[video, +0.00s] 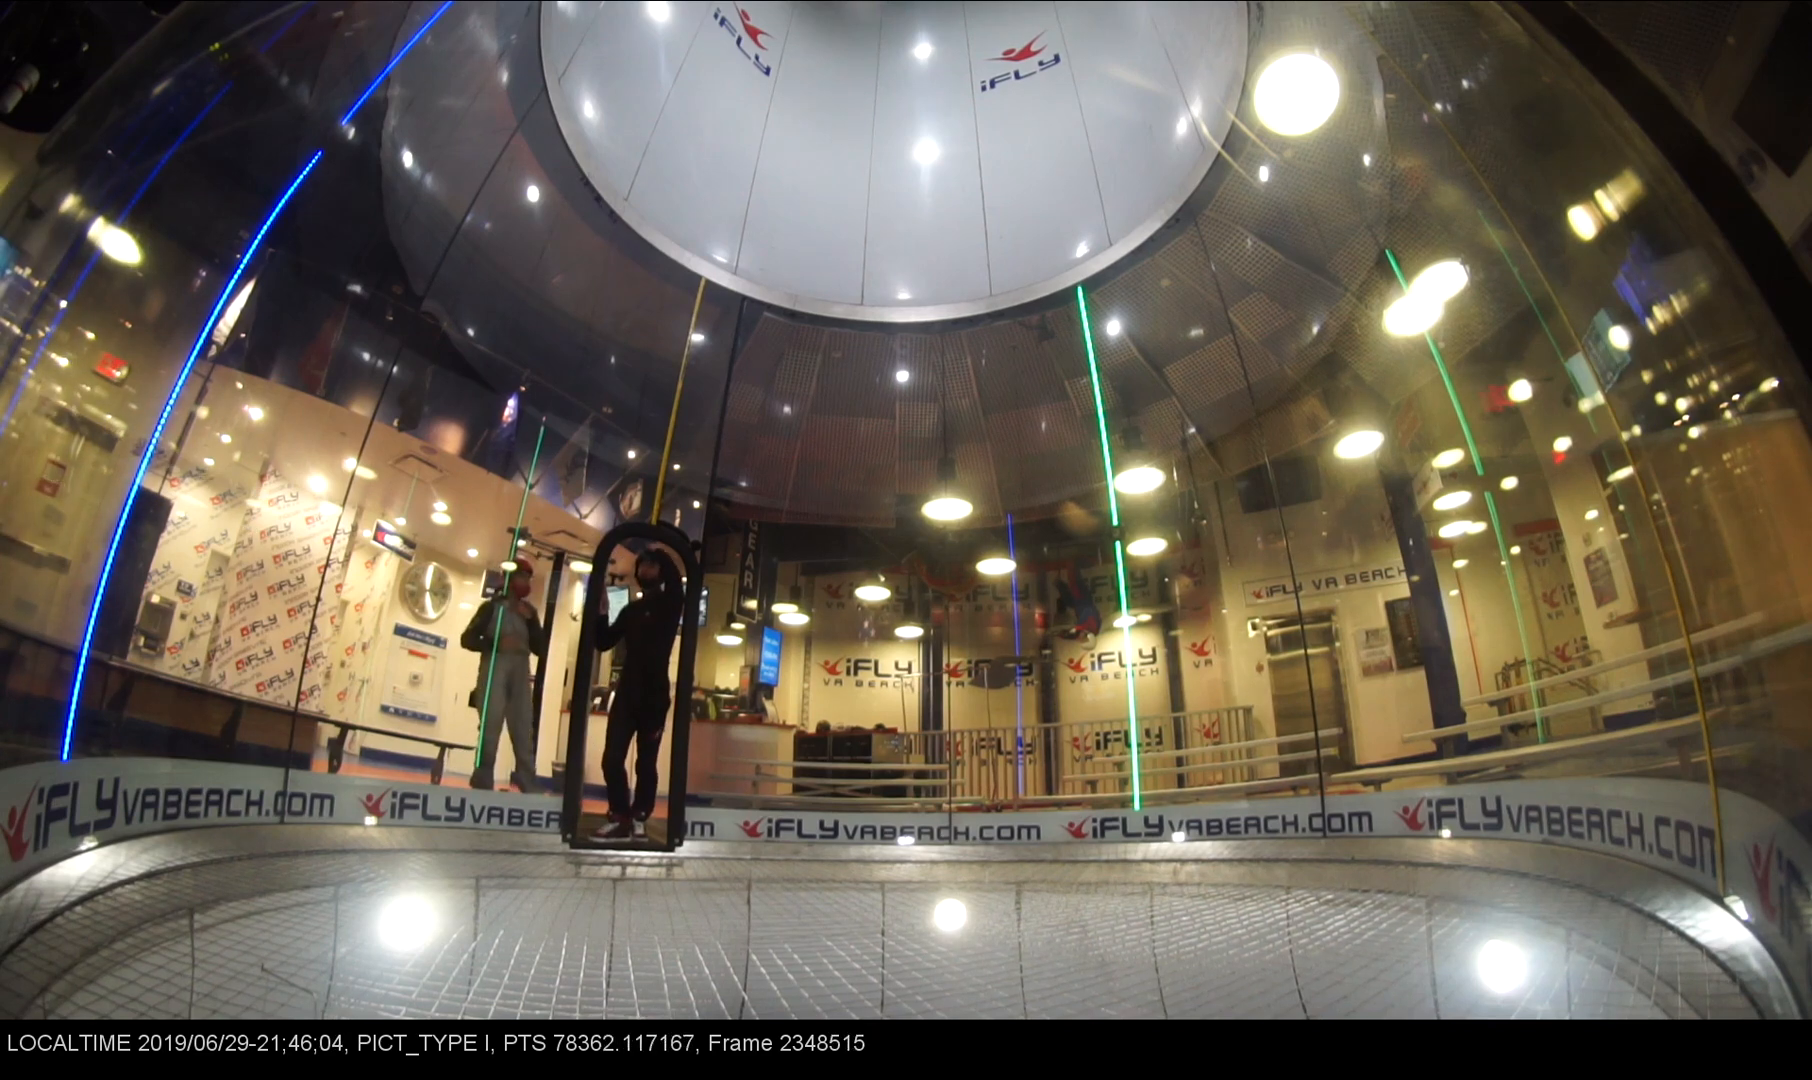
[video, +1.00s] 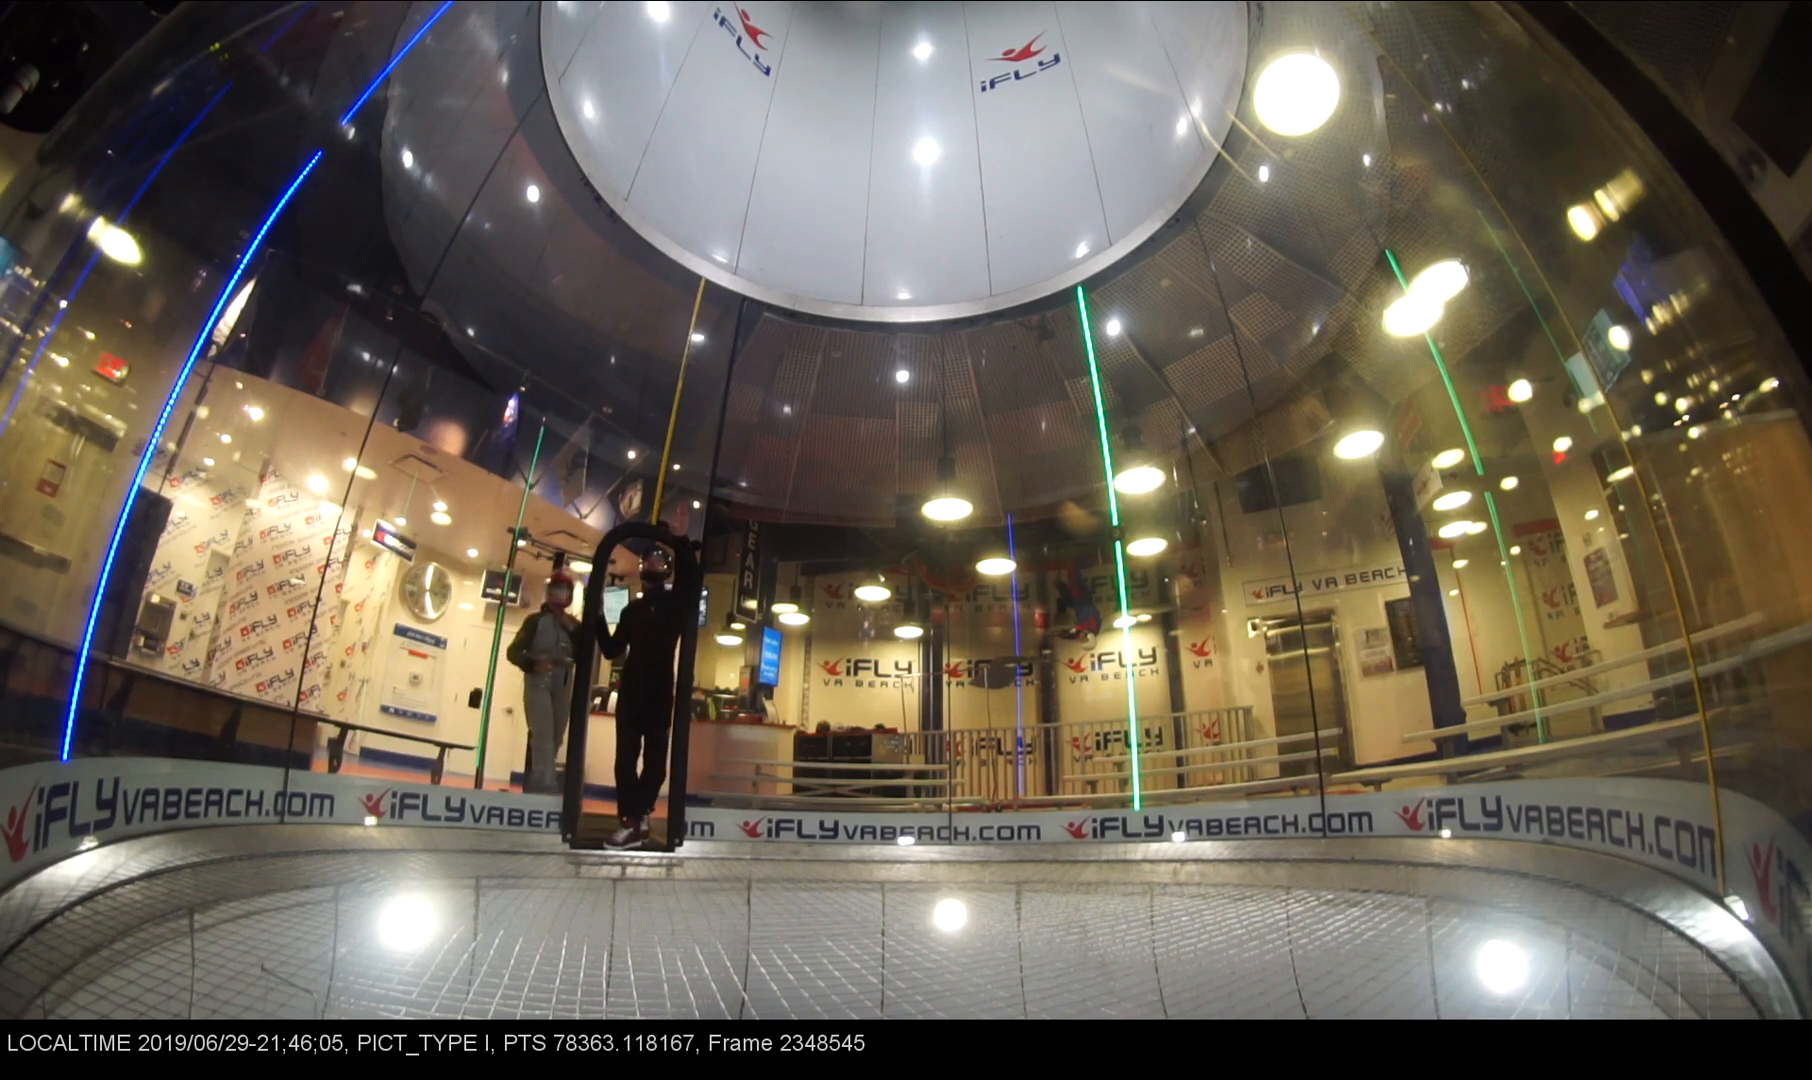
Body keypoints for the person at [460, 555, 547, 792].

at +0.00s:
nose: (526, 585)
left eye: (528, 580)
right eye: (522, 579)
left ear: (530, 583)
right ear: (510, 580)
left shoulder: (528, 613)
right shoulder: (491, 607)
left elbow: (540, 648)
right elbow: (467, 640)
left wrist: (532, 620)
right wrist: (495, 642)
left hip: (520, 675)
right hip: (494, 671)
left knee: (523, 730)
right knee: (491, 727)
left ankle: (528, 786)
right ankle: (482, 782)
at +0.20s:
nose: (533, 586)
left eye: (535, 581)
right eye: (528, 581)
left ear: (537, 585)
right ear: (515, 584)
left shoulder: (538, 617)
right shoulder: (498, 610)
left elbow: (547, 650)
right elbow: (477, 642)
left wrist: (538, 621)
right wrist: (505, 645)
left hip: (530, 686)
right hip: (501, 683)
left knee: (528, 740)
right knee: (493, 735)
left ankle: (533, 793)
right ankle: (483, 787)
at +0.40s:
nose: (541, 589)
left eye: (543, 584)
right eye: (536, 583)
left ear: (545, 588)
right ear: (524, 586)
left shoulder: (546, 617)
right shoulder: (511, 614)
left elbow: (560, 653)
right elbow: (490, 646)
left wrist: (552, 625)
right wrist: (521, 651)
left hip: (541, 685)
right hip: (515, 682)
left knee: (537, 739)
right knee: (506, 734)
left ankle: (535, 795)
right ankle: (485, 787)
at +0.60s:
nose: (550, 592)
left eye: (554, 587)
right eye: (545, 587)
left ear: (558, 591)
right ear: (534, 590)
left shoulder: (558, 621)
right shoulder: (524, 618)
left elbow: (573, 653)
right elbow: (503, 651)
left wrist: (563, 627)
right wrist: (531, 657)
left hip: (555, 683)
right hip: (530, 680)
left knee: (546, 738)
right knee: (523, 735)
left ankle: (538, 792)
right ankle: (493, 783)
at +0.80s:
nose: (556, 596)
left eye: (560, 591)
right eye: (552, 590)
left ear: (565, 595)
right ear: (543, 592)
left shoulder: (568, 623)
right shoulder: (531, 620)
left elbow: (578, 653)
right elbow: (511, 653)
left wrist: (570, 629)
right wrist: (534, 663)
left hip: (558, 682)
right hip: (534, 681)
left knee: (553, 735)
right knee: (538, 735)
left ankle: (542, 785)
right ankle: (527, 786)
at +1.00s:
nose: (557, 597)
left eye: (562, 592)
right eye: (554, 592)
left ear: (569, 597)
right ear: (547, 593)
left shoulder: (573, 625)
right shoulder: (535, 621)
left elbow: (583, 654)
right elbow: (513, 651)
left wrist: (573, 629)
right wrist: (532, 665)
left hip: (563, 681)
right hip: (538, 679)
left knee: (556, 735)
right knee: (542, 735)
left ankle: (536, 787)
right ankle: (545, 791)